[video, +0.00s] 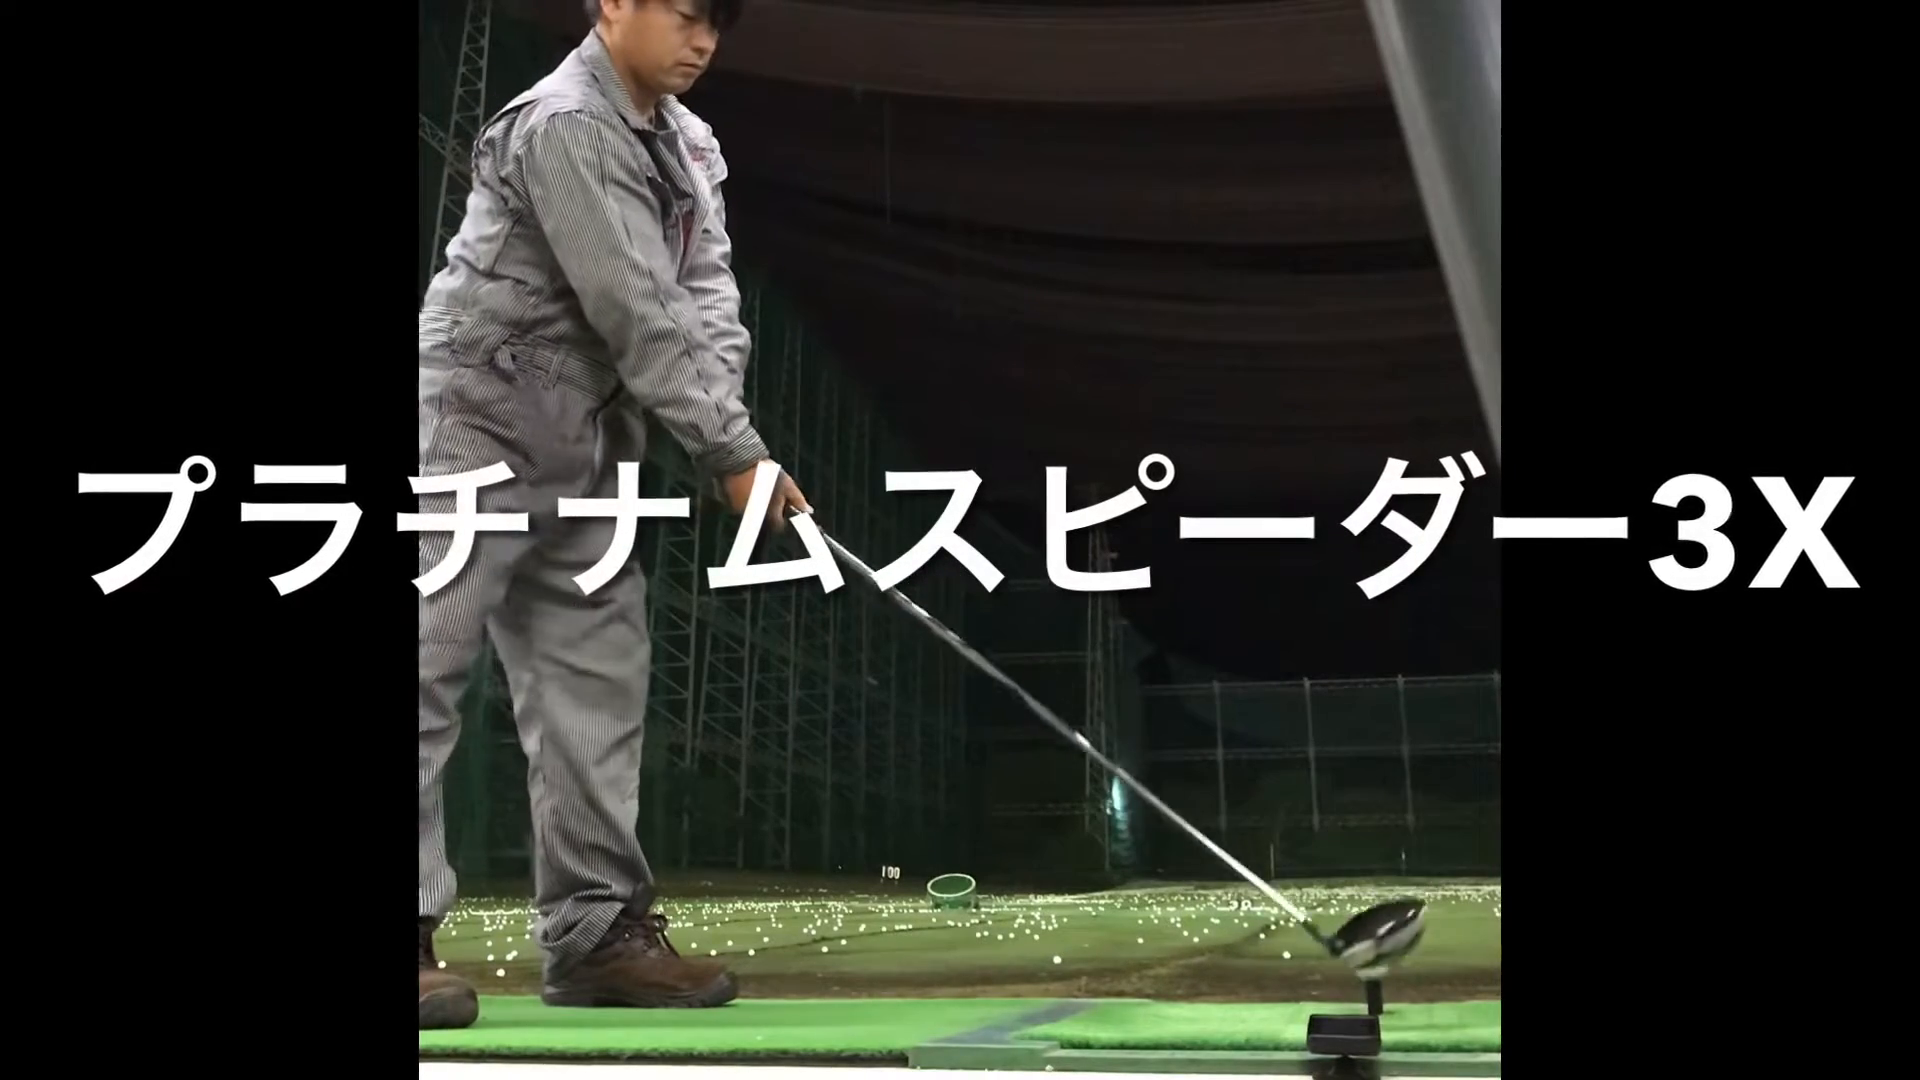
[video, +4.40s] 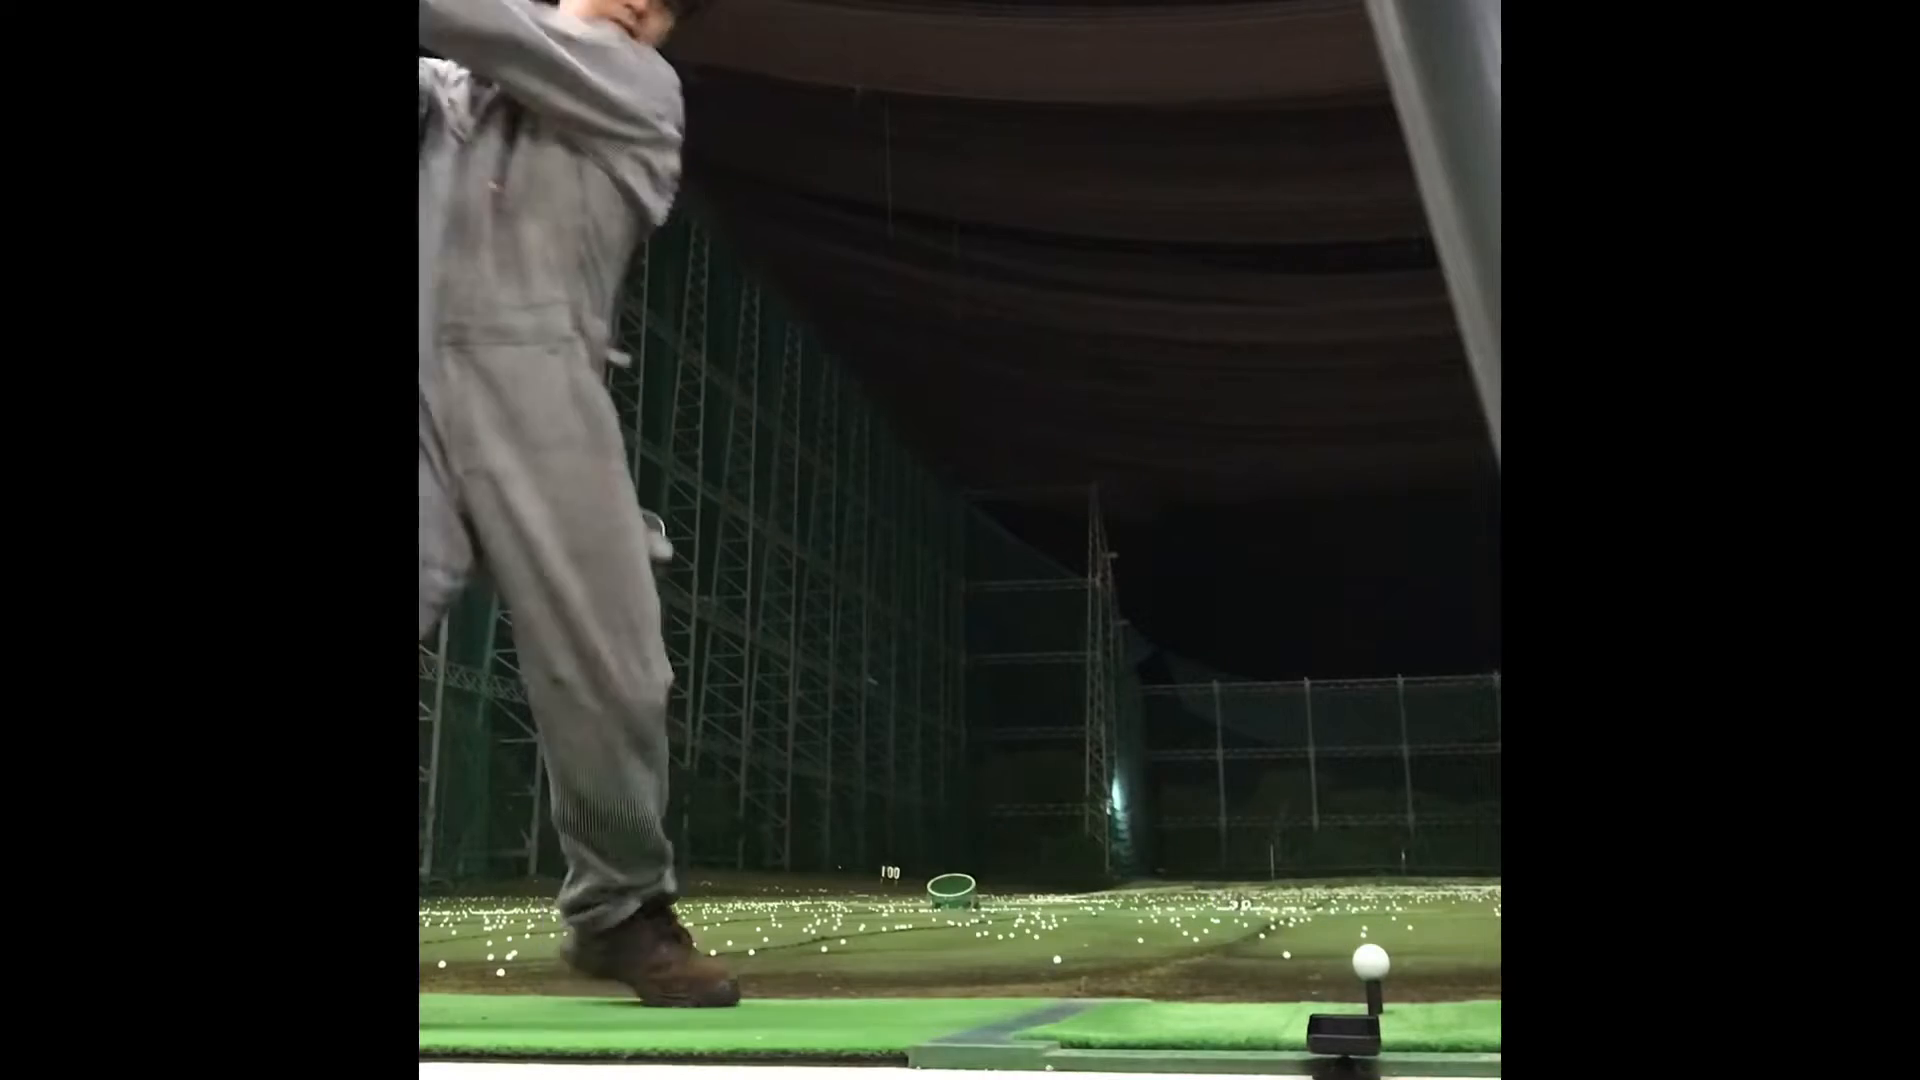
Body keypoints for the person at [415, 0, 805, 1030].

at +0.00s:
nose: (704, 40)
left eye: (713, 22)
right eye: (682, 16)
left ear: (713, 34)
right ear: (611, 10)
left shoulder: (693, 141)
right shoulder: (563, 123)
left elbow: (712, 299)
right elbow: (635, 309)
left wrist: (718, 434)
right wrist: (735, 453)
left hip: (586, 448)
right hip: (469, 432)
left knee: (593, 685)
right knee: (430, 687)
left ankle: (594, 936)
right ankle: (417, 946)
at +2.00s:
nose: (698, 56)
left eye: (710, 38)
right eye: (680, 30)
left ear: (714, 41)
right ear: (610, 12)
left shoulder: (685, 141)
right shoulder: (556, 121)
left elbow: (712, 288)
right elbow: (635, 298)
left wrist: (730, 420)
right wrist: (744, 434)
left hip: (587, 461)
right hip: (478, 443)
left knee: (605, 685)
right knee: (425, 685)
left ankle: (599, 937)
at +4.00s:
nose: (659, 28)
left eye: (672, 15)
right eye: (642, 4)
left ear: (674, 34)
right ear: (578, 3)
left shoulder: (675, 133)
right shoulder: (498, 111)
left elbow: (692, 264)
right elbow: (574, 277)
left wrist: (695, 385)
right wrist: (684, 405)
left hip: (602, 447)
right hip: (465, 433)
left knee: (621, 677)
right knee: (428, 679)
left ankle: (598, 936)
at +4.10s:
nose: (653, 30)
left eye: (670, 20)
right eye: (638, 5)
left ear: (673, 42)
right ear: (574, 2)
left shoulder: (682, 132)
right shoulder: (469, 105)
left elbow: (680, 240)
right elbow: (512, 236)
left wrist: (645, 335)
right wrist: (590, 342)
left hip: (604, 428)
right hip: (460, 421)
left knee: (629, 677)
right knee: (420, 656)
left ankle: (600, 935)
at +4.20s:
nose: (653, 33)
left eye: (672, 26)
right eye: (639, 7)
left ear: (676, 48)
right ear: (577, 2)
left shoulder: (685, 130)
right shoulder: (454, 95)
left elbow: (620, 194)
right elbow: (440, 178)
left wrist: (492, 228)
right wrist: (446, 225)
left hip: (591, 430)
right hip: (441, 413)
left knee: (634, 683)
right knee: (416, 640)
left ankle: (601, 936)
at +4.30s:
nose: (651, 30)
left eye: (672, 24)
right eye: (636, 5)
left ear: (678, 47)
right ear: (578, 4)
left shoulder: (677, 120)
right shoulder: (472, 84)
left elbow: (556, 108)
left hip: (572, 405)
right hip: (435, 386)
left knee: (624, 673)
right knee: (420, 620)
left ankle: (607, 930)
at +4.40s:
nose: (634, 24)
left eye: (647, 21)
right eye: (628, 7)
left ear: (656, 33)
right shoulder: (448, 77)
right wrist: (533, 31)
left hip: (533, 377)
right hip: (427, 378)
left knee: (610, 658)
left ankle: (622, 913)